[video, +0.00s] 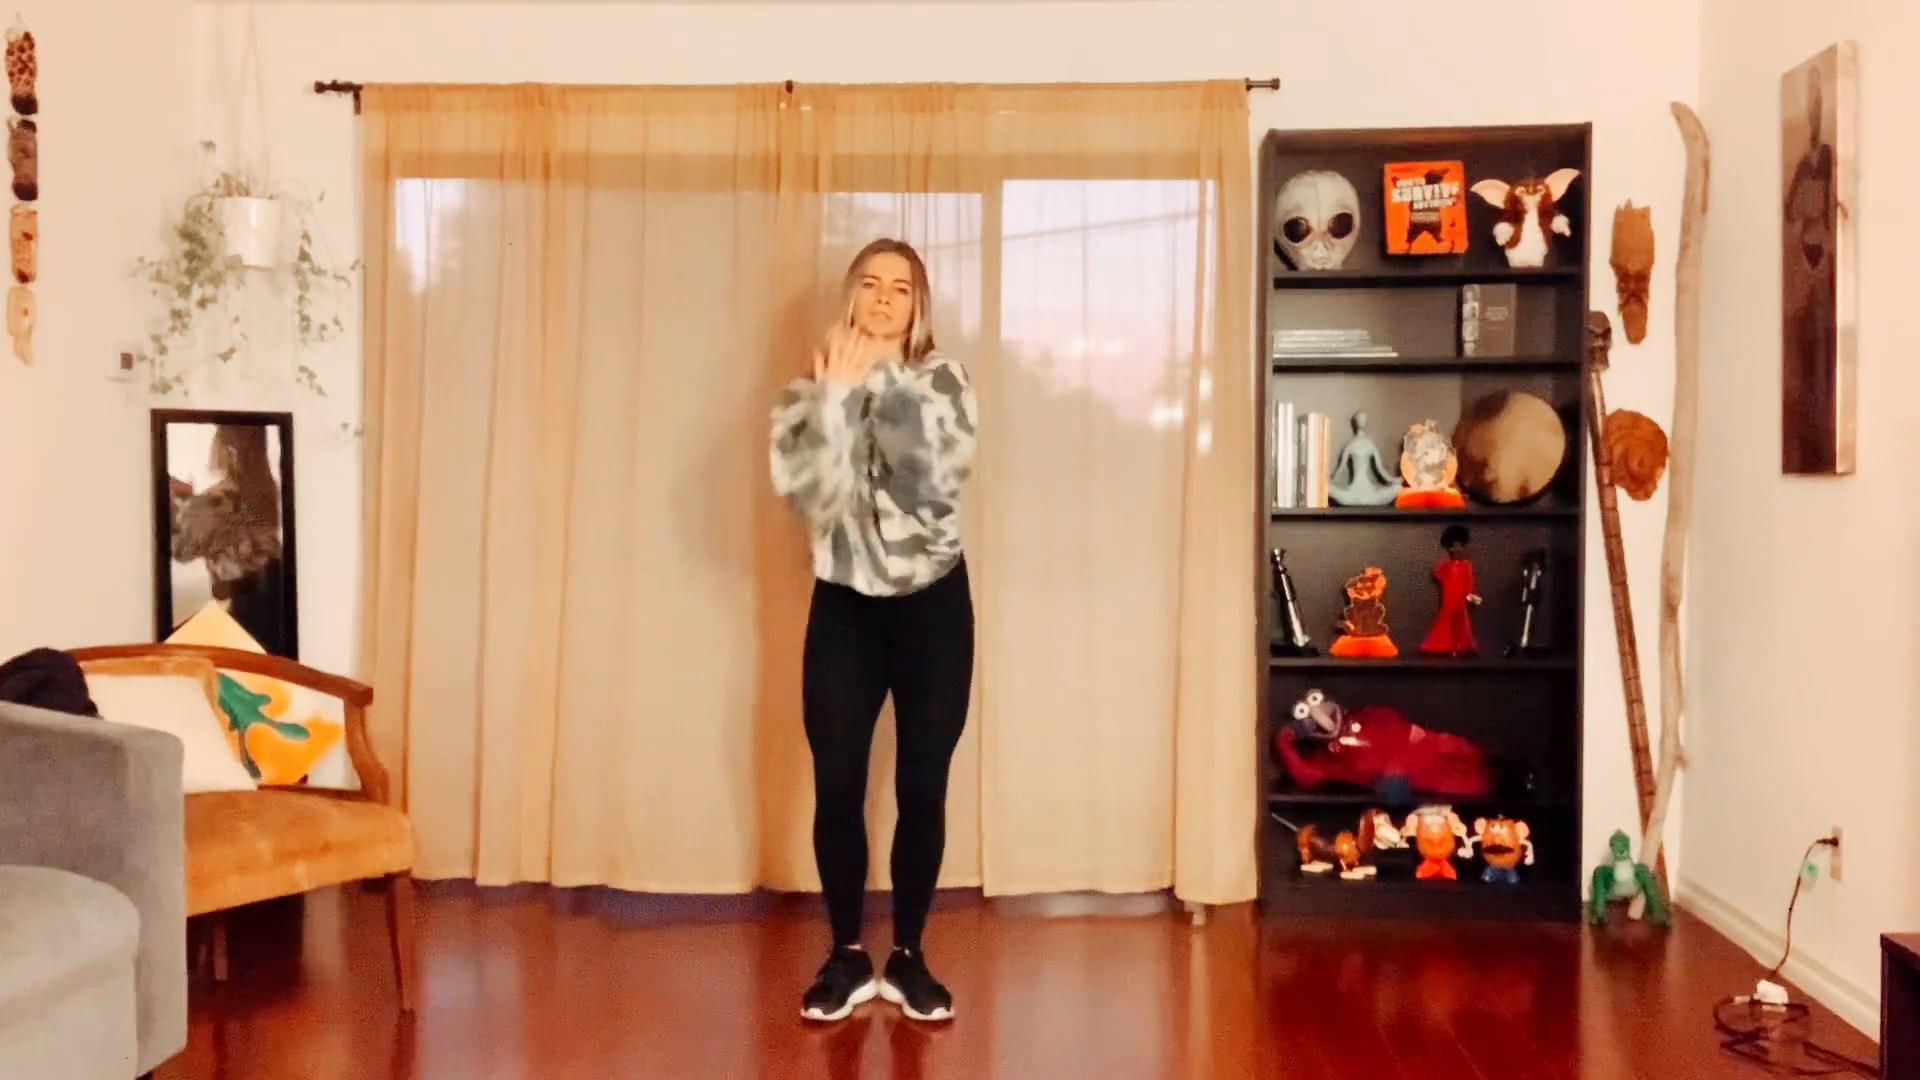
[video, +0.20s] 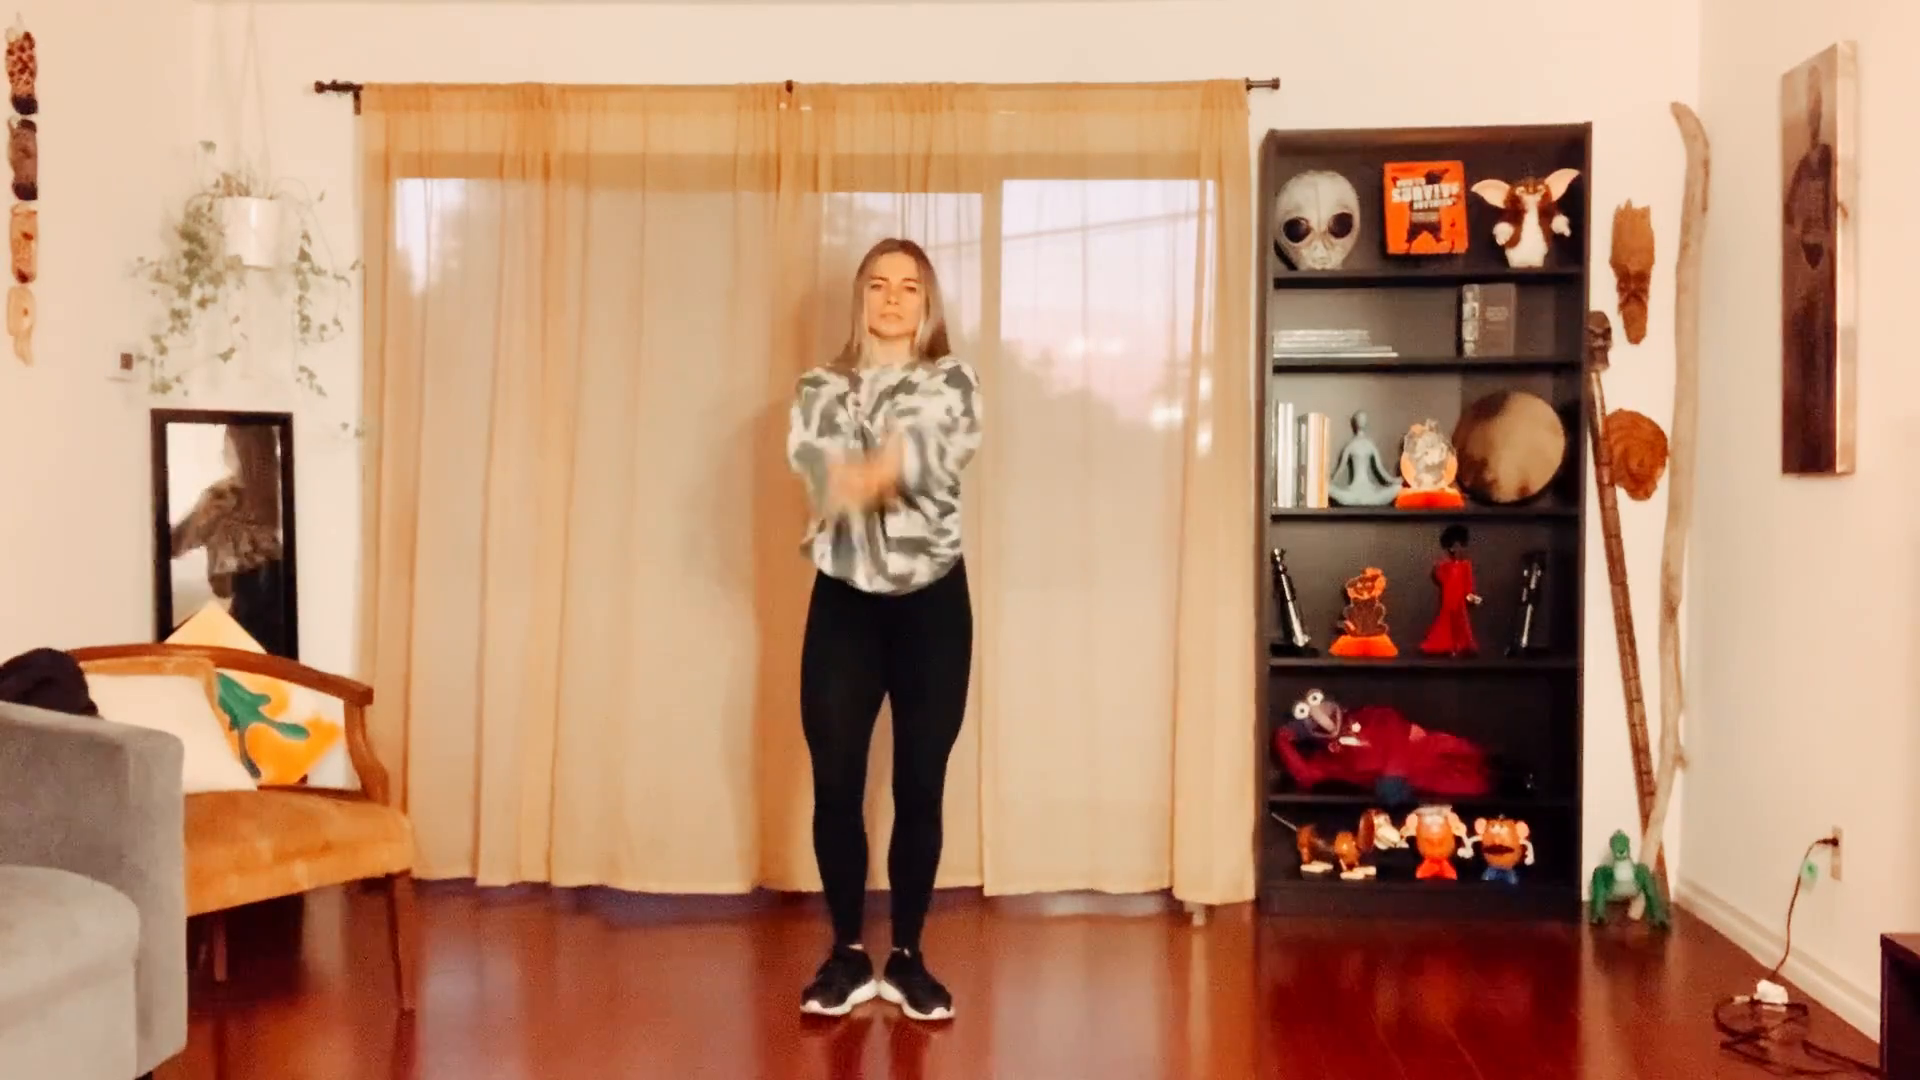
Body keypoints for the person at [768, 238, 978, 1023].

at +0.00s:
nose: (883, 298)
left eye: (900, 289)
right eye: (870, 284)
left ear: (919, 306)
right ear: (846, 297)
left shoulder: (941, 383)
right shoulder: (810, 395)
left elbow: (937, 489)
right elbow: (811, 498)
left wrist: (888, 385)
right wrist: (836, 392)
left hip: (933, 609)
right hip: (844, 609)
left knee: (921, 791)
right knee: (838, 789)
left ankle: (906, 958)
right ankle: (849, 958)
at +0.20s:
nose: (893, 297)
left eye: (909, 287)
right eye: (879, 284)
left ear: (929, 303)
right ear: (858, 297)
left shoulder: (951, 384)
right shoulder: (820, 387)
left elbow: (941, 460)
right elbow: (810, 461)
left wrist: (876, 474)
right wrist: (866, 473)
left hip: (932, 607)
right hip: (843, 605)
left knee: (918, 788)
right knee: (837, 786)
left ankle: (905, 959)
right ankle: (848, 956)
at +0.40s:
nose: (896, 294)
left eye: (912, 284)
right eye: (882, 282)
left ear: (932, 301)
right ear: (862, 297)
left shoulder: (961, 395)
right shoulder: (822, 393)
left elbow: (998, 510)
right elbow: (787, 504)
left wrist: (1049, 611)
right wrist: (738, 607)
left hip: (930, 614)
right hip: (839, 613)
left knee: (919, 791)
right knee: (837, 791)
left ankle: (905, 960)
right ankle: (848, 958)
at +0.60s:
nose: (889, 295)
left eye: (905, 284)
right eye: (875, 283)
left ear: (927, 300)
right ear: (856, 297)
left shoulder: (953, 383)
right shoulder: (831, 382)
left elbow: (1008, 468)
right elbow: (794, 472)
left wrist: (1070, 533)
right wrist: (728, 523)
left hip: (927, 607)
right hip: (834, 606)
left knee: (913, 790)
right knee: (834, 791)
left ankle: (905, 958)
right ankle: (848, 958)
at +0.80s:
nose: (888, 305)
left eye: (904, 296)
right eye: (874, 295)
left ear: (927, 319)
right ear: (853, 316)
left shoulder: (960, 403)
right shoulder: (817, 404)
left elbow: (1030, 504)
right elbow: (739, 489)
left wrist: (1109, 580)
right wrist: (657, 566)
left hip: (930, 624)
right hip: (837, 621)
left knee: (918, 798)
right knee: (829, 794)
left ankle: (905, 959)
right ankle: (849, 958)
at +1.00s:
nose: (885, 287)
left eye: (901, 286)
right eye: (871, 285)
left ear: (923, 323)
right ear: (851, 323)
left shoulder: (958, 386)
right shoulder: (820, 386)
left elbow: (1013, 492)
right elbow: (751, 479)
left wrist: (1096, 569)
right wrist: (674, 558)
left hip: (934, 615)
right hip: (839, 616)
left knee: (941, 797)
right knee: (815, 795)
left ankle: (905, 959)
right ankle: (849, 958)